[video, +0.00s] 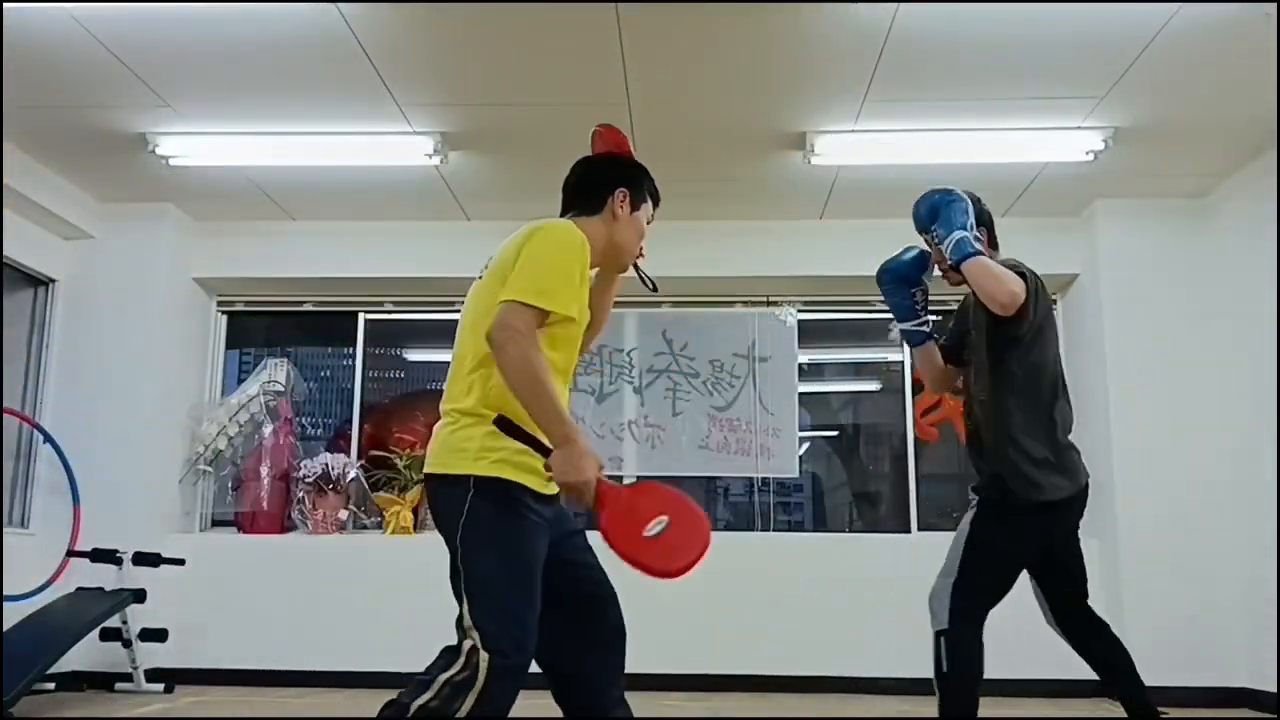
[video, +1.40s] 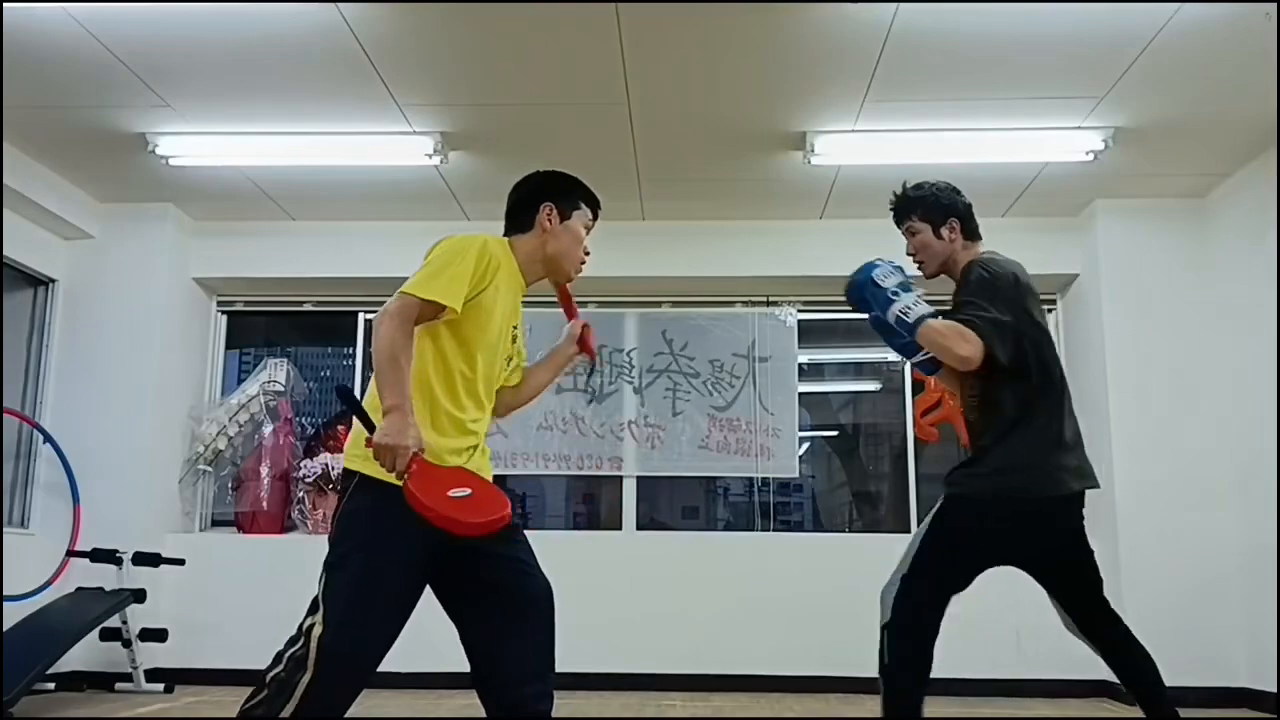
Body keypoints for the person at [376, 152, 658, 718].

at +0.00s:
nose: (643, 240)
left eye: (649, 225)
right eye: (645, 220)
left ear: (599, 205)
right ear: (618, 203)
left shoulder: (556, 262)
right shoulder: (559, 238)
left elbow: (578, 339)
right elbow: (511, 333)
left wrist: (613, 268)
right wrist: (568, 440)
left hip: (531, 479)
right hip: (485, 472)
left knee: (590, 638)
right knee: (494, 654)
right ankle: (407, 711)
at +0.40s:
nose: (696, 229)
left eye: (700, 217)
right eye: (694, 211)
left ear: (655, 204)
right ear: (659, 200)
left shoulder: (632, 290)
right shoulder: (578, 246)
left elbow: (668, 323)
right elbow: (504, 325)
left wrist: (695, 254)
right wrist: (543, 410)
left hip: (570, 488)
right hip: (502, 474)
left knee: (615, 618)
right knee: (453, 630)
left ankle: (617, 717)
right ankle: (374, 713)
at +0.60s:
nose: (690, 230)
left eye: (692, 216)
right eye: (687, 211)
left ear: (652, 203)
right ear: (652, 199)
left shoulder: (640, 297)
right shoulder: (566, 242)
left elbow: (638, 367)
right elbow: (482, 313)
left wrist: (714, 344)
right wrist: (475, 412)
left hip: (570, 488)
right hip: (503, 477)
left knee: (614, 615)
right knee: (443, 630)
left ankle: (619, 716)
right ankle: (335, 709)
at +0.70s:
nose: (663, 231)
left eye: (666, 217)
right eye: (660, 212)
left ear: (625, 205)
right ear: (625, 200)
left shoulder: (606, 302)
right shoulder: (546, 245)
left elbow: (558, 398)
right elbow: (462, 318)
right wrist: (461, 424)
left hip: (562, 496)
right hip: (488, 488)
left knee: (619, 615)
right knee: (412, 631)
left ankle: (623, 714)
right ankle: (299, 707)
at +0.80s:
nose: (627, 252)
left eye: (630, 239)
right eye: (625, 233)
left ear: (590, 223)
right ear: (591, 219)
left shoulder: (558, 307)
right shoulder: (515, 257)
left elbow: (505, 403)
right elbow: (438, 333)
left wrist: (548, 460)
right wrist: (459, 439)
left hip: (520, 504)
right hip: (446, 497)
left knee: (593, 617)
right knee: (378, 645)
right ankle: (282, 713)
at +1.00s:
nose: (555, 262)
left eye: (558, 248)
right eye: (553, 242)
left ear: (517, 233)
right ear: (519, 229)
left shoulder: (473, 312)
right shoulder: (450, 265)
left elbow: (431, 421)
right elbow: (414, 348)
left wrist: (513, 425)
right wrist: (470, 441)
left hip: (443, 501)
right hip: (377, 496)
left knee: (511, 626)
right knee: (336, 663)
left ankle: (548, 711)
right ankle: (279, 711)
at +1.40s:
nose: (589, 252)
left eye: (592, 237)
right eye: (586, 231)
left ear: (547, 224)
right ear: (549, 218)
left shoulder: (508, 308)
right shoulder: (478, 252)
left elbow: (500, 401)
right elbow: (394, 320)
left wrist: (567, 353)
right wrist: (397, 412)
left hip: (466, 488)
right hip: (394, 478)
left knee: (521, 608)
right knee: (344, 638)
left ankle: (523, 712)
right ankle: (268, 712)